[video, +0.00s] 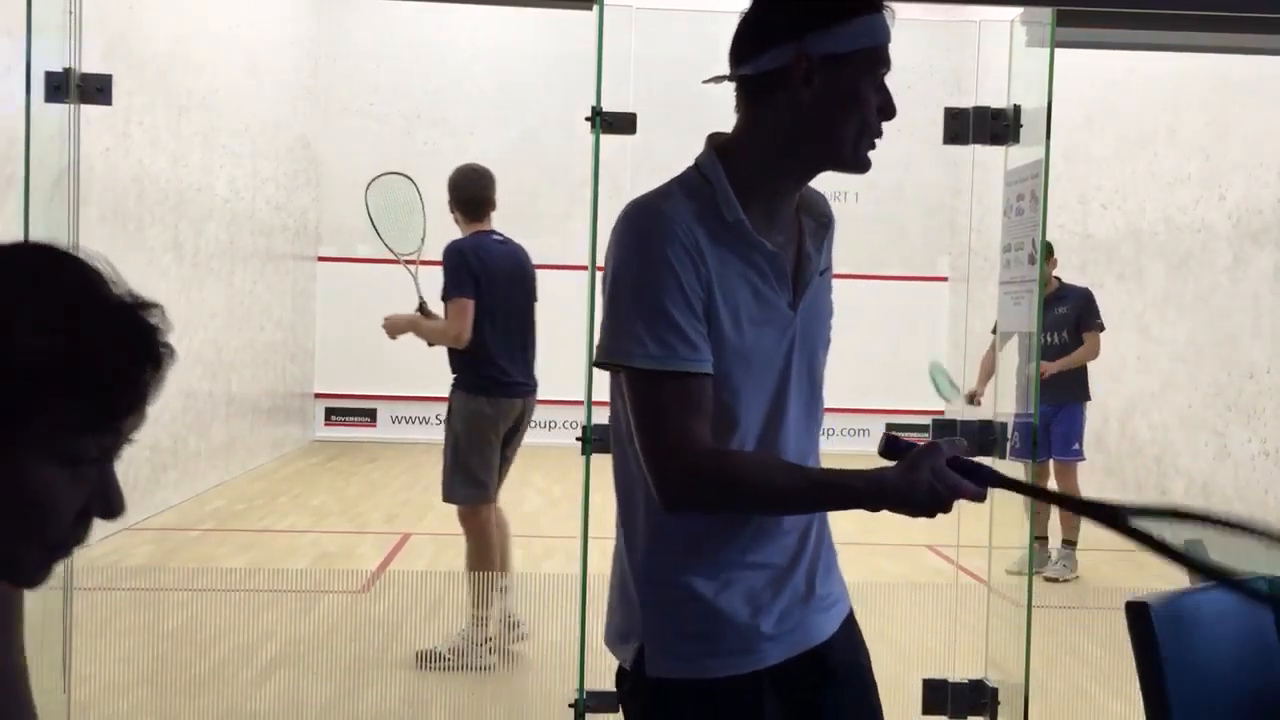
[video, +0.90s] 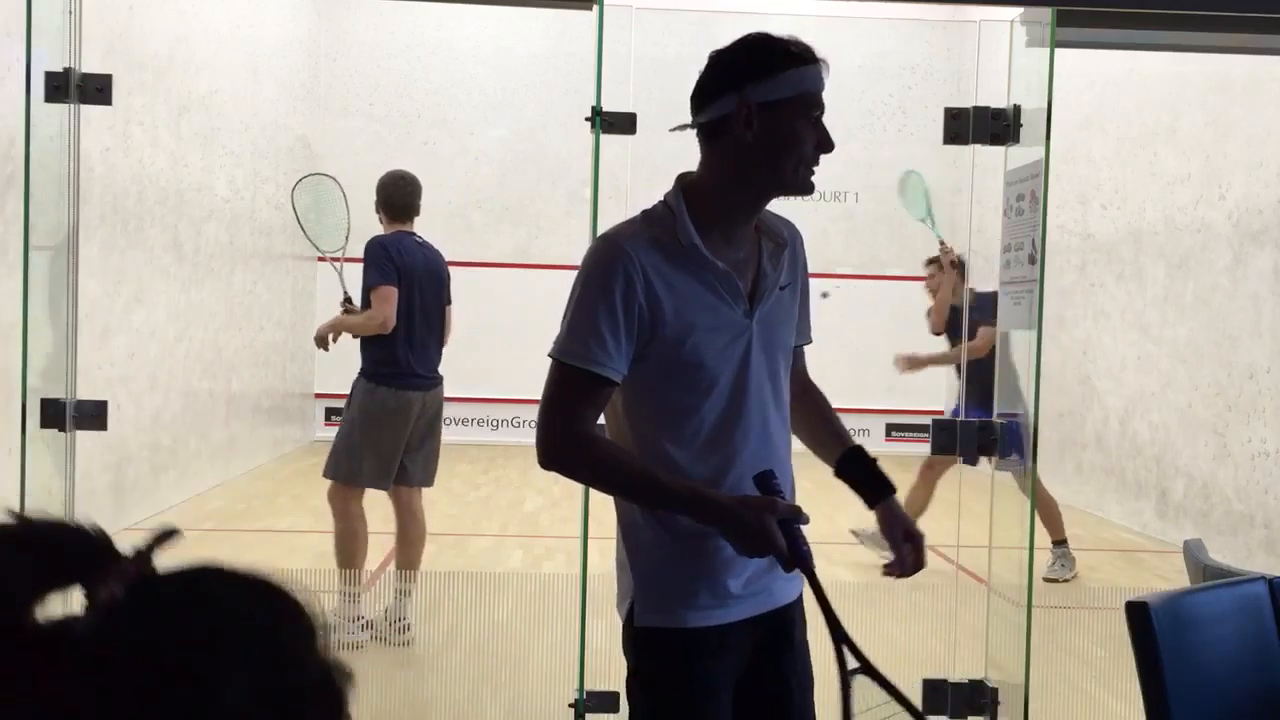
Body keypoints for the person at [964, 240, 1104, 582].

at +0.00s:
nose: (1033, 273)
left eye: (1038, 265)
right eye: (1028, 266)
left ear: (1052, 262)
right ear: (1021, 268)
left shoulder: (1079, 297)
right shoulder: (1020, 302)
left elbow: (1092, 348)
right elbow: (994, 349)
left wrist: (1056, 365)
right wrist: (980, 386)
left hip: (1067, 404)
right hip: (1029, 403)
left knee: (1065, 478)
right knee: (1035, 479)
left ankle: (1067, 555)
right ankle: (1038, 551)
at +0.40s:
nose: (1035, 269)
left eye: (1040, 262)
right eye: (1029, 263)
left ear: (1052, 261)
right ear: (1020, 265)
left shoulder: (1070, 299)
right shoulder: (1017, 299)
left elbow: (1049, 348)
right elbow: (984, 334)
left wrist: (1015, 379)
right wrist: (975, 330)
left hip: (1059, 402)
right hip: (1023, 399)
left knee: (1059, 478)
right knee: (1011, 474)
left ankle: (1067, 555)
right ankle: (1035, 547)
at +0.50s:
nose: (1025, 265)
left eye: (1032, 257)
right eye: (1019, 258)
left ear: (1045, 259)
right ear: (1011, 261)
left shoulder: (1062, 298)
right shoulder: (1014, 298)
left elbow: (1036, 337)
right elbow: (980, 333)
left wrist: (987, 358)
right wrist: (982, 316)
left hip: (1054, 403)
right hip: (1017, 401)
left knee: (1057, 479)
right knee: (1000, 477)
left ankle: (1067, 556)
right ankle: (1026, 542)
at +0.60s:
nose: (1013, 262)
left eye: (1021, 254)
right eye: (1008, 255)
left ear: (1034, 257)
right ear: (1002, 258)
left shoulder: (1053, 297)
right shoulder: (1005, 297)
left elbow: (1019, 334)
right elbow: (977, 331)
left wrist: (963, 336)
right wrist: (980, 303)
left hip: (1047, 401)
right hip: (1012, 402)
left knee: (1053, 480)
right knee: (984, 470)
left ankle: (1067, 556)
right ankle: (1002, 547)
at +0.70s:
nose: (986, 269)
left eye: (992, 263)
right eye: (985, 264)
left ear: (1012, 263)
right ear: (985, 266)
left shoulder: (1038, 297)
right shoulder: (993, 299)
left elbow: (1010, 330)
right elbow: (968, 326)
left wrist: (955, 326)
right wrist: (970, 292)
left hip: (1038, 401)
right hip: (1002, 399)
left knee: (1048, 482)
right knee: (971, 469)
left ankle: (1066, 555)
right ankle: (964, 547)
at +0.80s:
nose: (963, 277)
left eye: (969, 270)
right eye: (961, 271)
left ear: (989, 268)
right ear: (966, 271)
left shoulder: (1016, 299)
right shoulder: (972, 302)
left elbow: (1003, 336)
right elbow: (952, 329)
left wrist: (941, 335)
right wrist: (955, 281)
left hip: (1023, 404)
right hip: (987, 402)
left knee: (1041, 481)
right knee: (953, 470)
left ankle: (1065, 554)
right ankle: (924, 539)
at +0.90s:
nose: (926, 285)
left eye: (931, 278)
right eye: (925, 278)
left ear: (951, 276)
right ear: (937, 280)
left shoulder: (989, 301)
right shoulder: (941, 310)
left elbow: (980, 347)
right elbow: (938, 324)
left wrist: (924, 359)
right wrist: (949, 274)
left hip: (1004, 409)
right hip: (968, 408)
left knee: (1028, 482)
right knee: (930, 469)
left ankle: (1062, 553)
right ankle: (894, 533)